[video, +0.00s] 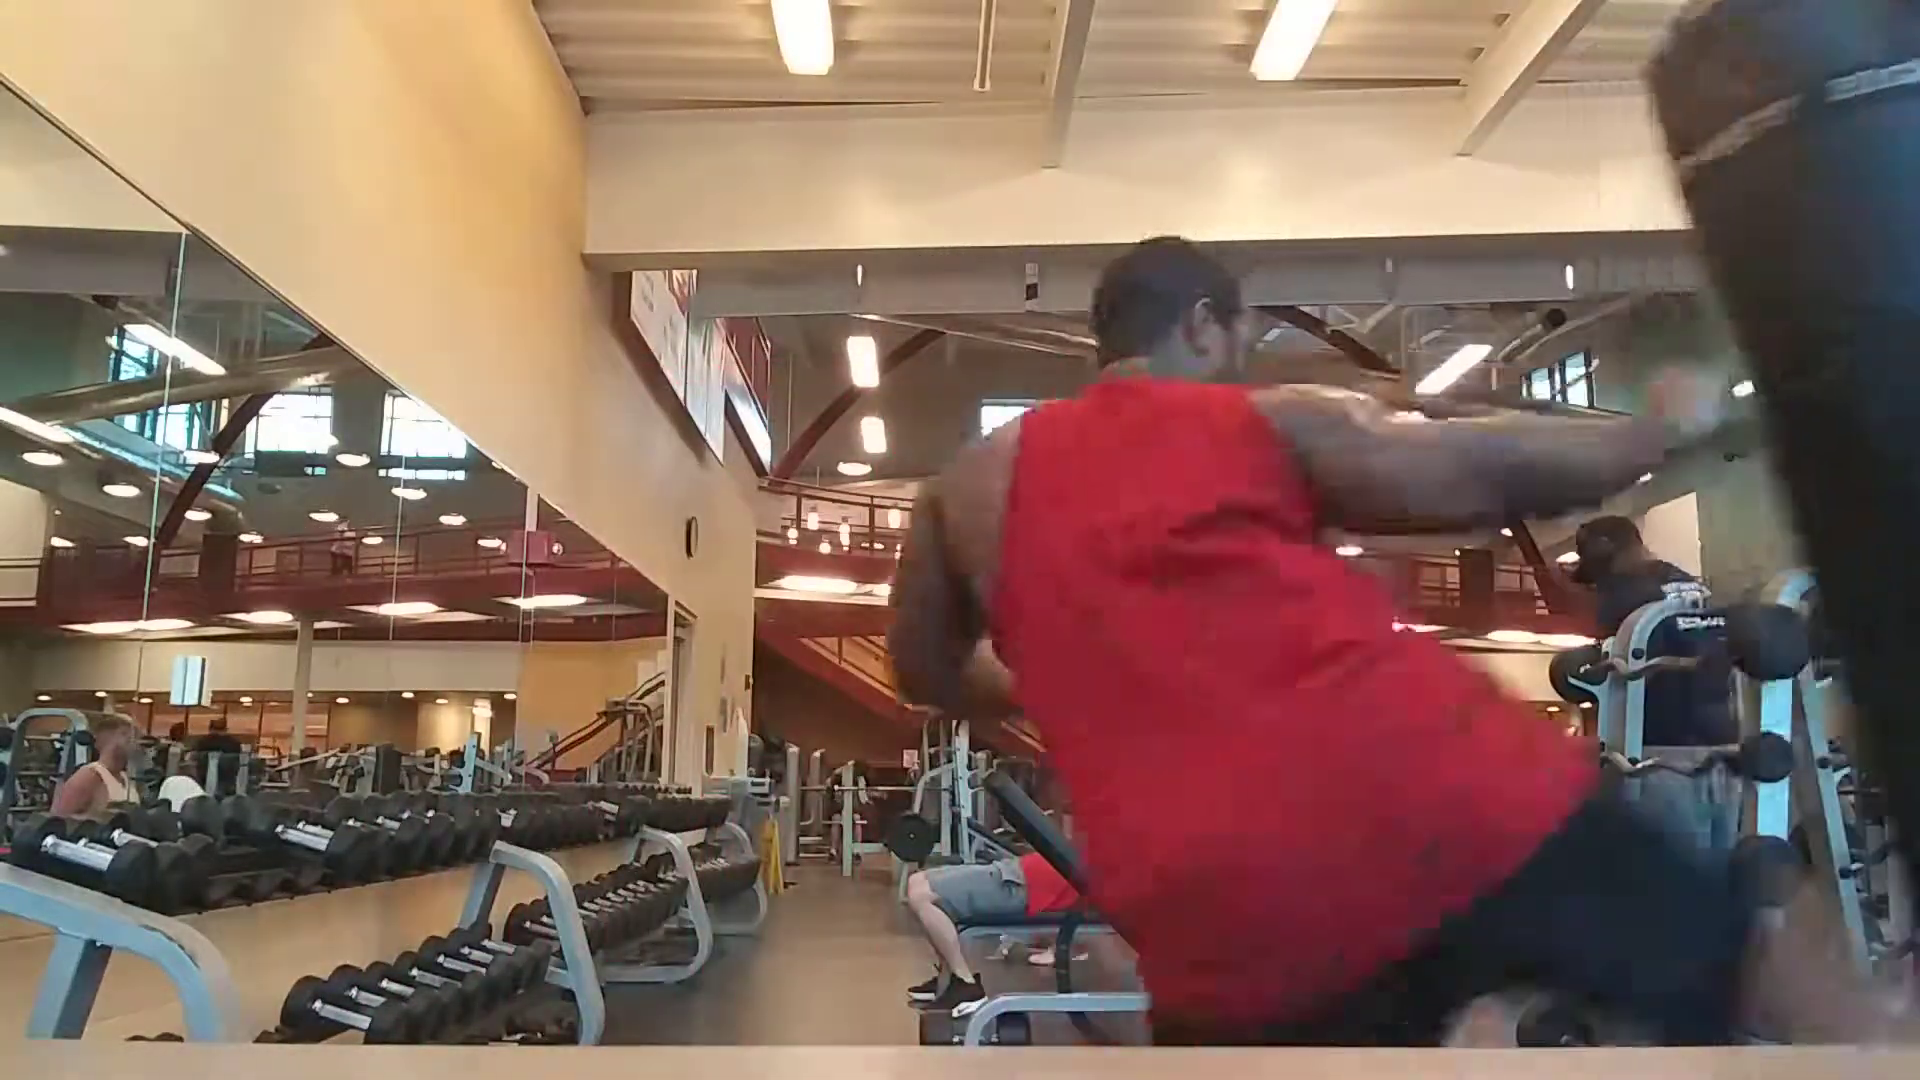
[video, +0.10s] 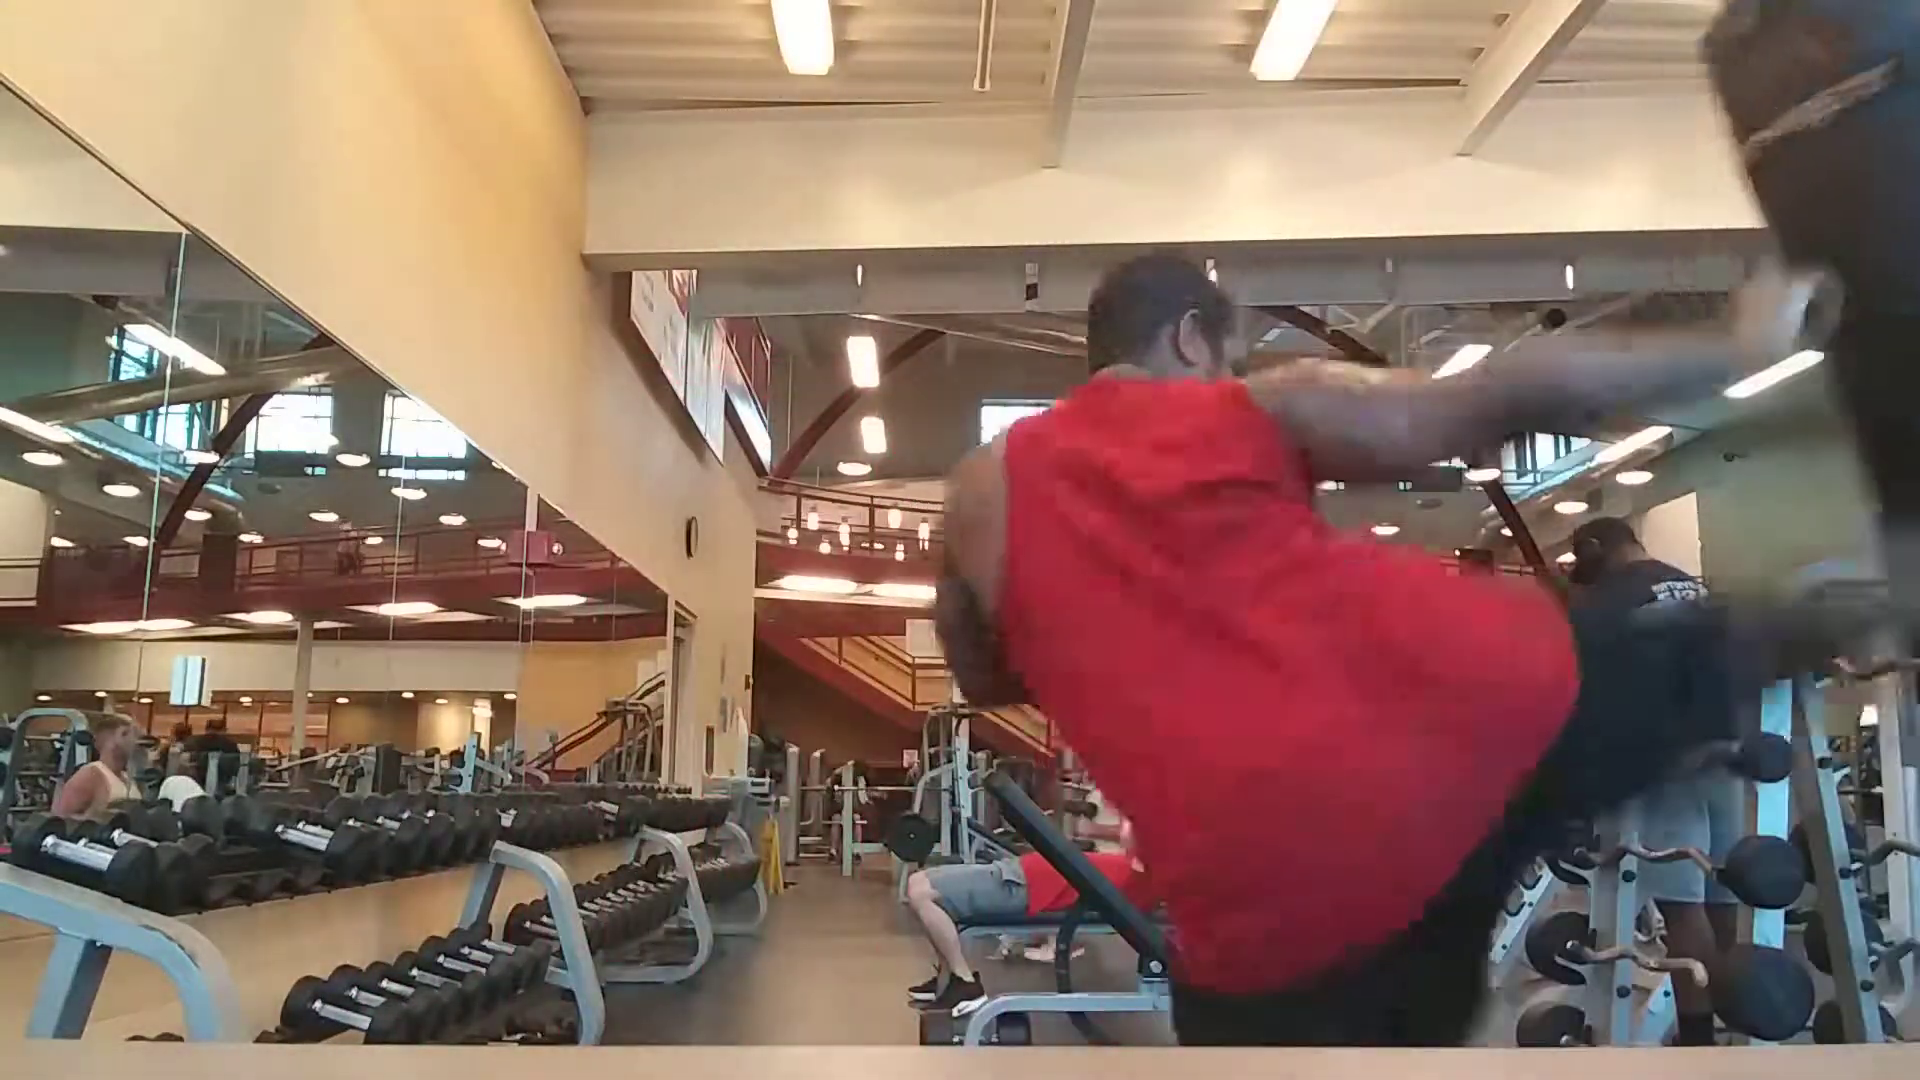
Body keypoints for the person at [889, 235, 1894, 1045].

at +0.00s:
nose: (1245, 352)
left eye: (1237, 338)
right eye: (1238, 334)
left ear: (1098, 340)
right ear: (1207, 331)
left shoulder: (965, 486)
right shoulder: (1258, 416)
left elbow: (925, 674)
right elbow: (1480, 469)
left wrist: (1049, 707)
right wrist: (1645, 439)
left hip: (1227, 942)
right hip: (1459, 819)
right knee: (1766, 964)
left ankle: (1473, 1034)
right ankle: (1864, 1045)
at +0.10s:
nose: (1238, 364)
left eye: (1235, 348)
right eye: (1234, 345)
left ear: (1089, 352)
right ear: (1191, 336)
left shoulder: (975, 494)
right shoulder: (1252, 399)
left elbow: (982, 679)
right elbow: (1482, 404)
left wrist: (1097, 609)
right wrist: (1735, 348)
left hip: (1291, 902)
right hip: (1490, 713)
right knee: (1723, 649)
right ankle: (1848, 623)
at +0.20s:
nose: (1236, 368)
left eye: (1231, 352)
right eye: (1227, 351)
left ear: (1079, 369)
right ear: (1187, 348)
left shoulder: (976, 537)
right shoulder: (1223, 402)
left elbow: (1032, 745)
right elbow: (1479, 369)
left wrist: (1117, 635)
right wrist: (1714, 294)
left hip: (1286, 885)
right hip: (1470, 687)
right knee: (1816, 607)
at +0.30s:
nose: (1225, 380)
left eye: (1221, 365)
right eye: (1218, 362)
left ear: (1072, 381)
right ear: (1180, 355)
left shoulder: (981, 555)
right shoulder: (1218, 417)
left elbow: (1052, 734)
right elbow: (1469, 409)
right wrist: (1618, 338)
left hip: (1286, 930)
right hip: (1487, 749)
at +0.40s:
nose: (1232, 361)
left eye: (1228, 342)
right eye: (1224, 340)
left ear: (1084, 364)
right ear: (1189, 332)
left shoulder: (1003, 550)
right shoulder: (1211, 420)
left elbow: (1069, 689)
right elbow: (1467, 460)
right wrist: (1567, 397)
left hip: (1254, 930)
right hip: (1472, 786)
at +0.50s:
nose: (1268, 326)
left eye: (1267, 304)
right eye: (1260, 301)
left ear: (1114, 318)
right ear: (1207, 291)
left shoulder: (1033, 492)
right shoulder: (1261, 384)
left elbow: (1031, 614)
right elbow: (1505, 482)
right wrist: (1555, 432)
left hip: (1229, 936)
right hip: (1455, 829)